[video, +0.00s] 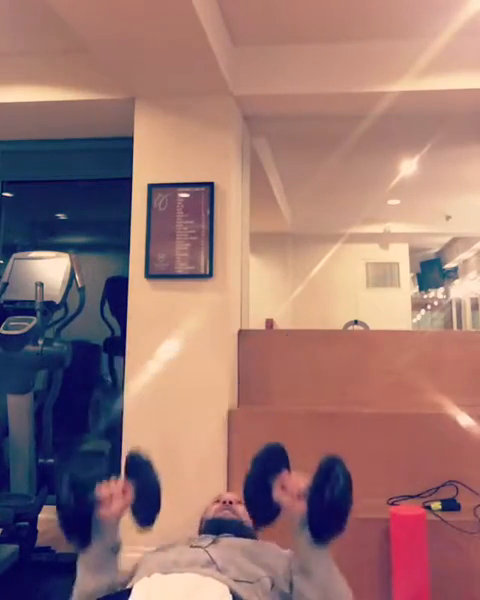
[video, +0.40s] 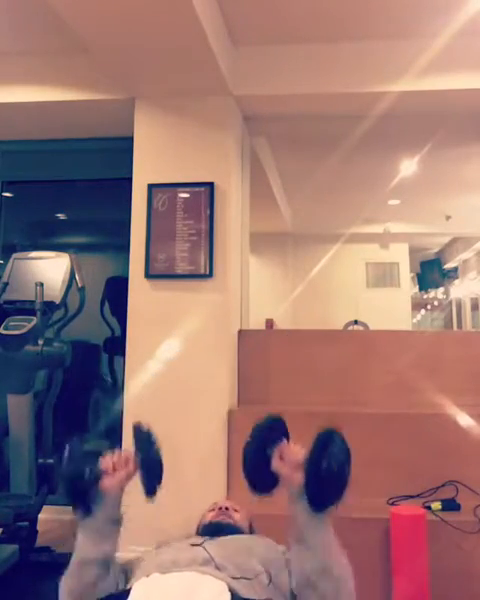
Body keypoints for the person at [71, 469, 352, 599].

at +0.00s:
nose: (226, 501)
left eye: (237, 502)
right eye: (217, 502)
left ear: (255, 525)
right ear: (198, 525)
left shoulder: (277, 556)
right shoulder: (157, 556)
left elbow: (327, 596)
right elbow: (94, 595)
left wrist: (305, 524)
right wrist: (106, 526)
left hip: (222, 590)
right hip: (150, 588)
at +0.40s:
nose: (222, 507)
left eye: (233, 508)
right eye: (214, 507)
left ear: (251, 528)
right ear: (196, 527)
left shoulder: (272, 551)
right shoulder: (152, 554)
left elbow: (329, 593)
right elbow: (82, 593)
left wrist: (302, 497)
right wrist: (106, 501)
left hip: (225, 588)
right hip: (154, 586)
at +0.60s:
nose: (225, 515)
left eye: (236, 518)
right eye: (217, 516)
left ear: (254, 534)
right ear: (197, 530)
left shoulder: (283, 564)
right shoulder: (143, 555)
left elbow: (314, 523)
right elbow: (100, 526)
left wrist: (284, 430)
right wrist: (129, 437)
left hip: (218, 591)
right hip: (146, 589)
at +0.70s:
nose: (224, 516)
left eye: (236, 519)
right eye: (217, 518)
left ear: (254, 531)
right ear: (200, 528)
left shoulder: (282, 563)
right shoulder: (136, 560)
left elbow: (300, 501)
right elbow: (118, 500)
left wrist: (274, 406)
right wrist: (145, 409)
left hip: (222, 587)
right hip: (147, 585)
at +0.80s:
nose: (228, 513)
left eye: (239, 516)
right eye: (220, 513)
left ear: (256, 529)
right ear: (204, 524)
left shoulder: (280, 561)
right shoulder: (147, 547)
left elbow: (297, 497)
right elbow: (131, 487)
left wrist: (275, 403)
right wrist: (150, 404)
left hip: (216, 589)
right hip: (140, 588)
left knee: (191, 587)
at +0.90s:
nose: (229, 512)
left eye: (240, 515)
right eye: (221, 512)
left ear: (258, 530)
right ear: (205, 525)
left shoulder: (285, 561)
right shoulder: (143, 554)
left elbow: (312, 510)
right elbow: (116, 502)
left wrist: (292, 419)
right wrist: (139, 416)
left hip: (224, 589)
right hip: (145, 587)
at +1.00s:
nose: (230, 509)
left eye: (240, 511)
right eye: (222, 509)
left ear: (258, 529)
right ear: (203, 525)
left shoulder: (284, 558)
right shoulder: (157, 552)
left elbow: (332, 551)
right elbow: (98, 542)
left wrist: (310, 450)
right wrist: (124, 447)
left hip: (227, 590)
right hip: (153, 587)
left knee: (203, 590)